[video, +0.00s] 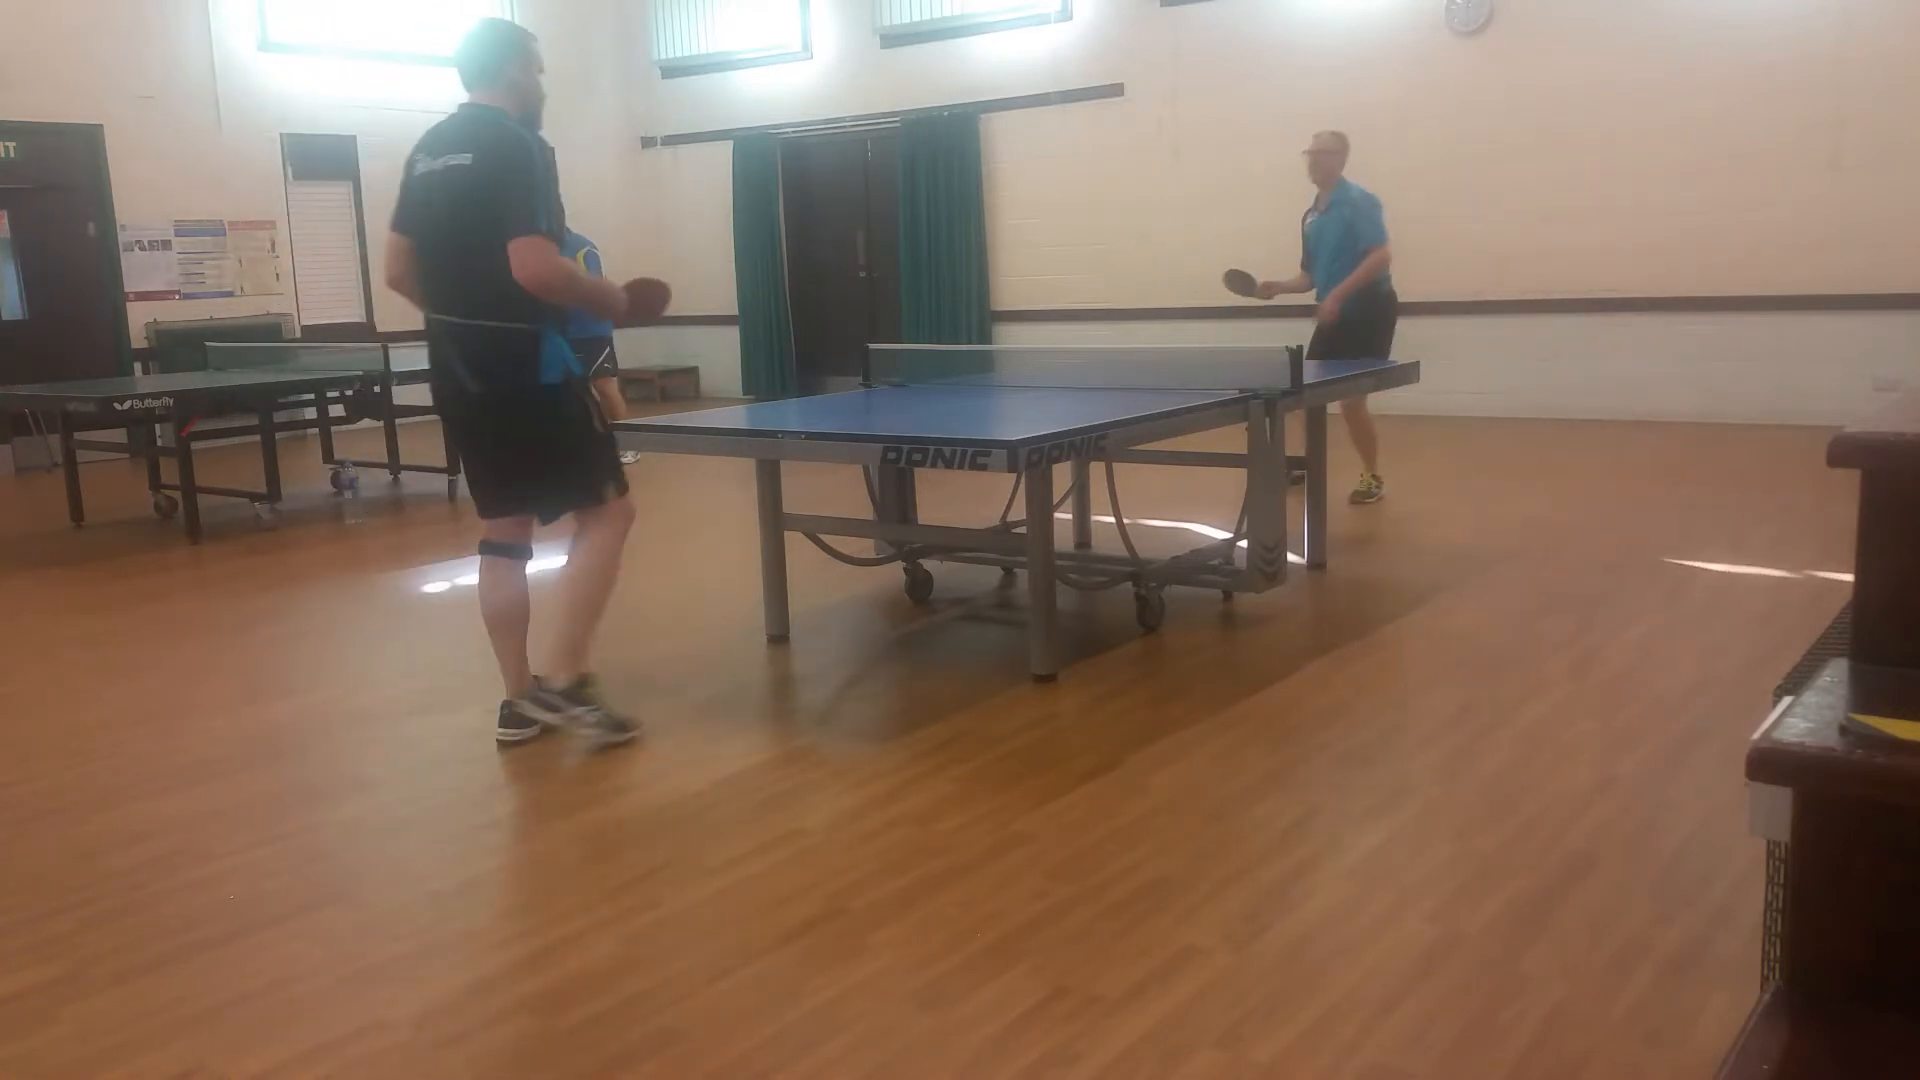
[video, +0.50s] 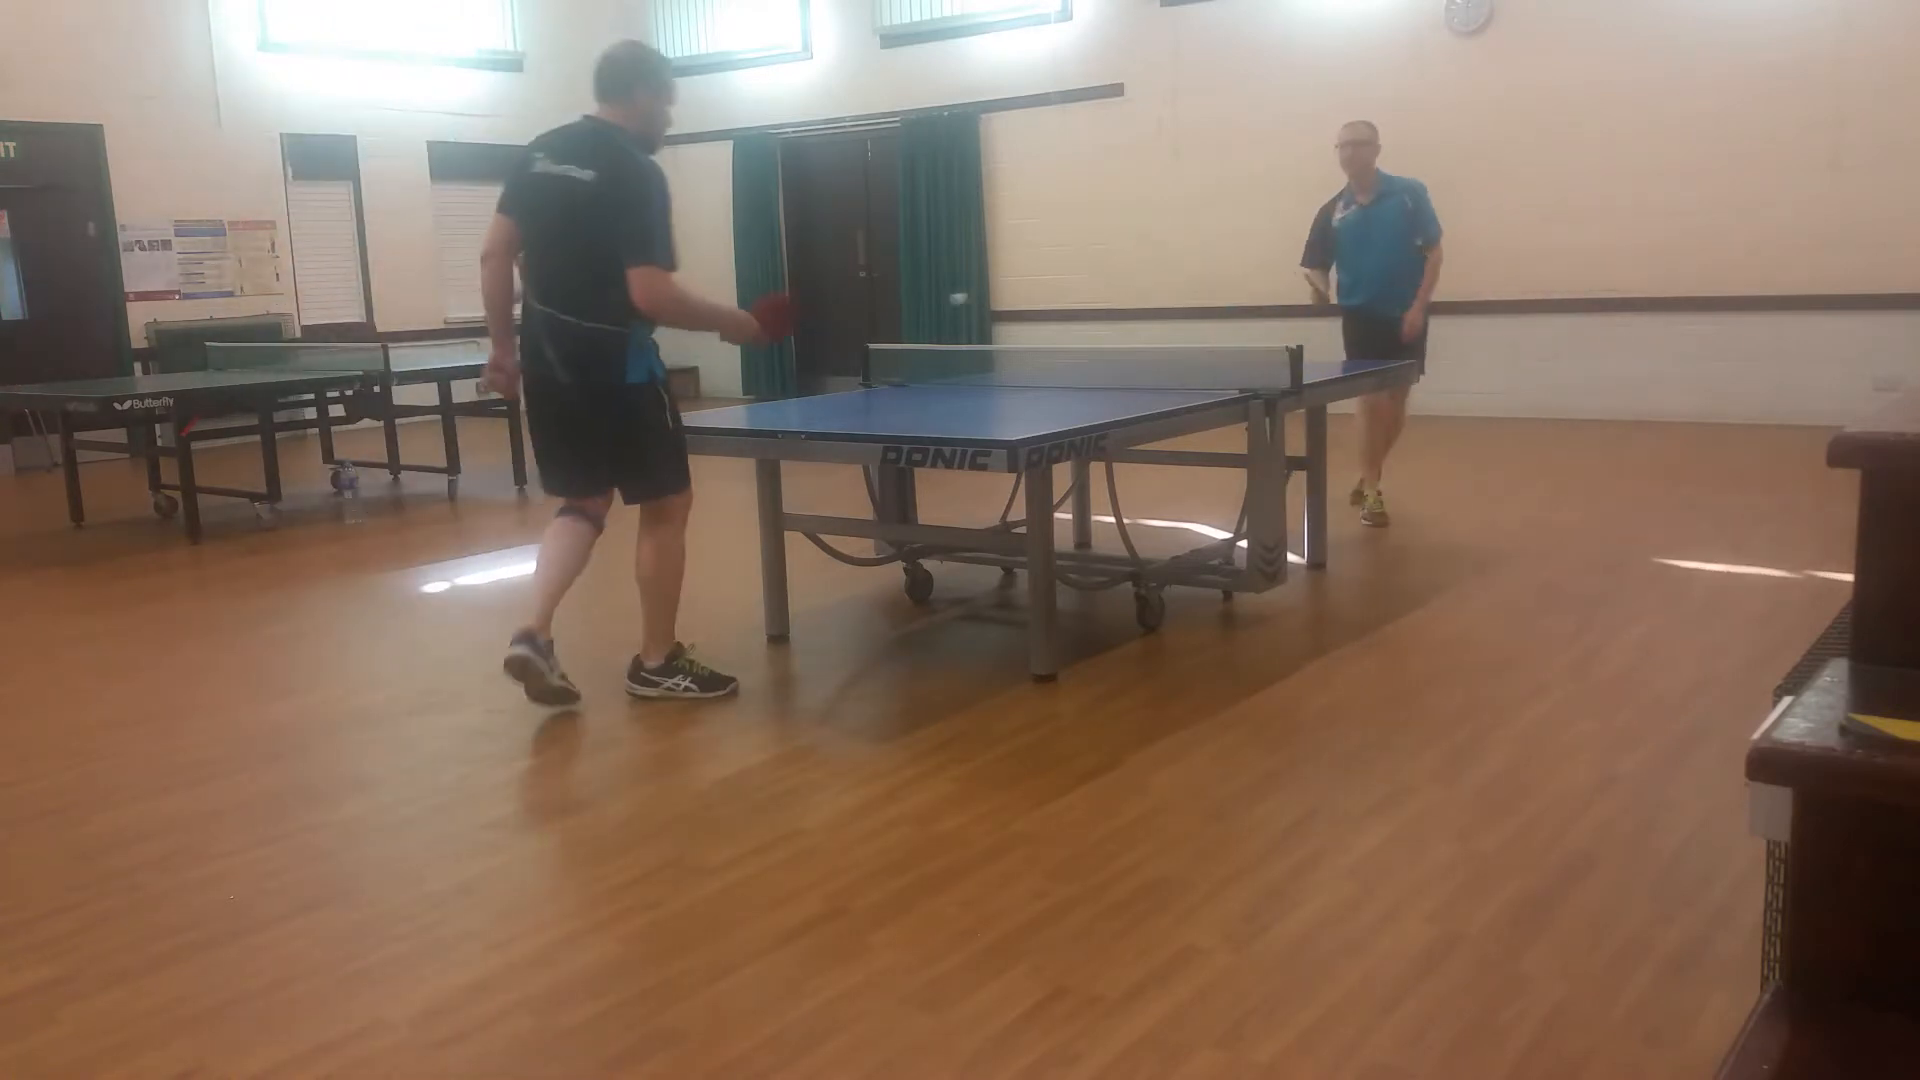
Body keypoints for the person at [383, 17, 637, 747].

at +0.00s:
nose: (542, 84)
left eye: (539, 71)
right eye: (535, 72)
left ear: (472, 75)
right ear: (511, 72)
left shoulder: (427, 146)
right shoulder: (519, 144)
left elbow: (399, 271)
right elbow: (534, 265)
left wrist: (469, 314)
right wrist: (611, 299)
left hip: (460, 367)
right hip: (529, 363)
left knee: (503, 532)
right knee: (607, 511)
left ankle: (518, 702)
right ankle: (563, 679)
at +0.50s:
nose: (670, 116)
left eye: (670, 102)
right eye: (667, 101)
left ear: (603, 94)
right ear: (641, 96)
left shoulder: (541, 151)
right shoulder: (636, 171)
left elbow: (496, 252)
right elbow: (650, 292)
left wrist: (502, 346)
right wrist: (733, 320)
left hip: (547, 363)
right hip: (619, 365)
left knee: (584, 498)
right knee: (666, 498)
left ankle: (533, 634)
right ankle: (658, 659)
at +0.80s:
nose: (688, 127)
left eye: (686, 112)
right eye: (683, 112)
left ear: (627, 106)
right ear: (657, 108)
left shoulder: (558, 152)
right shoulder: (644, 186)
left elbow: (490, 236)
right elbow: (662, 309)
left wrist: (481, 282)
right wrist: (719, 324)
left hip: (540, 349)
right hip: (604, 359)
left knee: (580, 481)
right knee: (660, 494)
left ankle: (528, 623)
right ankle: (658, 656)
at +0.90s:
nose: (682, 127)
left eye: (683, 112)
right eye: (678, 111)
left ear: (621, 103)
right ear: (653, 105)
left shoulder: (560, 160)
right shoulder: (637, 184)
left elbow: (485, 228)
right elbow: (662, 312)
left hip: (536, 364)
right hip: (581, 371)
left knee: (555, 500)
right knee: (671, 491)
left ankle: (530, 635)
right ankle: (655, 654)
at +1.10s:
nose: (661, 124)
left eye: (659, 110)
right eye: (656, 111)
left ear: (584, 105)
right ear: (638, 113)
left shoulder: (524, 178)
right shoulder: (669, 193)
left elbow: (513, 287)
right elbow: (709, 329)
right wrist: (729, 431)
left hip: (542, 413)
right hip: (646, 417)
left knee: (549, 535)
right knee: (671, 537)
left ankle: (534, 657)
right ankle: (658, 657)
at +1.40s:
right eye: (632, 45)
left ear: (565, 43)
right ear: (629, 44)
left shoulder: (537, 87)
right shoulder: (680, 121)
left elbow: (438, 179)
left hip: (558, 380)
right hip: (663, 379)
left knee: (517, 554)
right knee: (671, 508)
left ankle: (491, 768)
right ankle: (655, 655)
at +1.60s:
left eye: (553, 119)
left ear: (556, 121)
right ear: (626, 122)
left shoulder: (531, 140)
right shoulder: (677, 178)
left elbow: (371, 158)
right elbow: (717, 318)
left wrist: (344, 192)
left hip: (550, 402)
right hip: (669, 402)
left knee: (485, 567)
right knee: (731, 575)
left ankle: (458, 750)